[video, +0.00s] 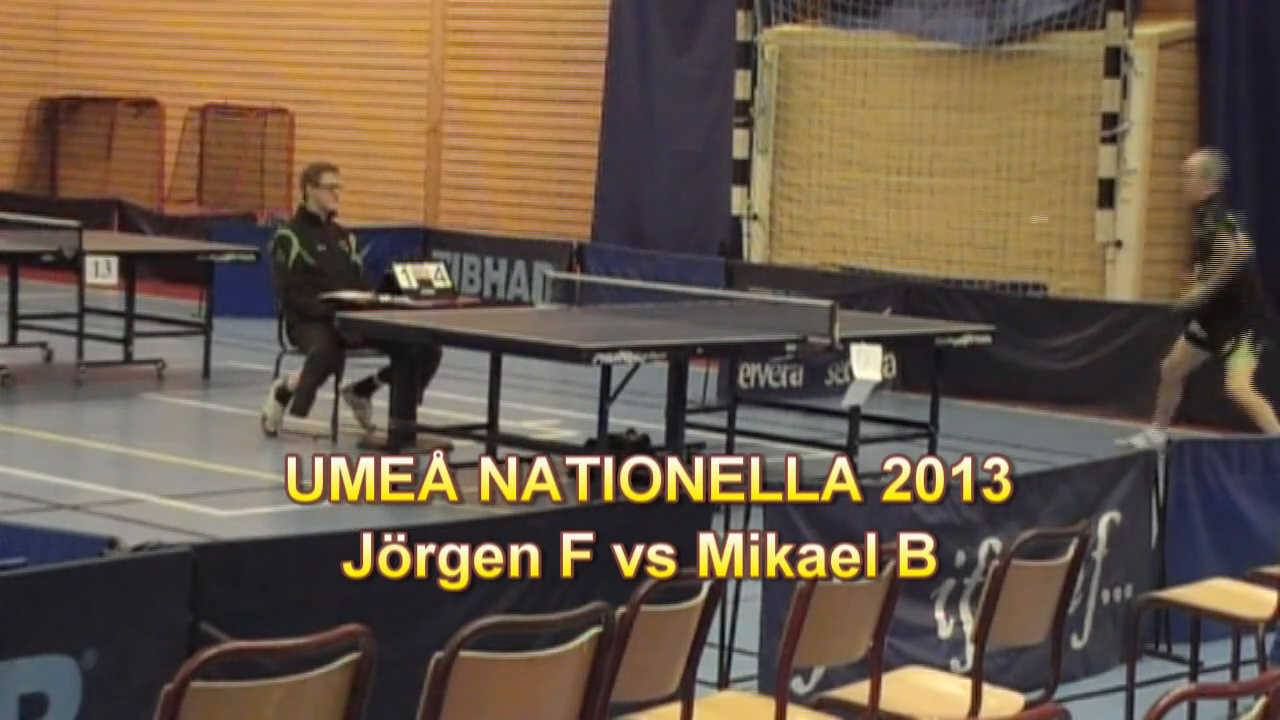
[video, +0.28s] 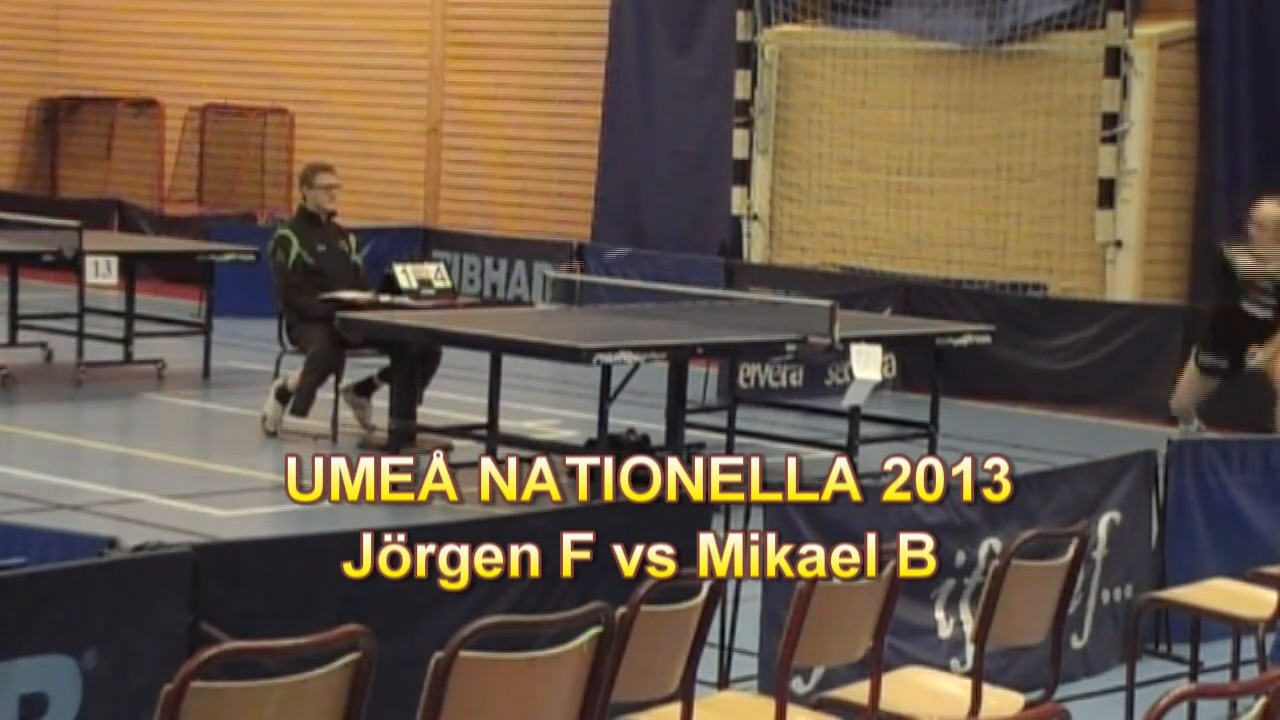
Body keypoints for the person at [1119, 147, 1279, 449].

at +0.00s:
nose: (1183, 182)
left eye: (1190, 175)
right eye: (1183, 174)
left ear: (1211, 181)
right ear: (1199, 181)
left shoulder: (1225, 216)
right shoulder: (1203, 216)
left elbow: (1238, 253)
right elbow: (1209, 258)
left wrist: (1200, 293)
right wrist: (1199, 274)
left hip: (1243, 317)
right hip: (1212, 315)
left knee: (1237, 387)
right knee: (1172, 369)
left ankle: (1277, 439)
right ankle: (1157, 432)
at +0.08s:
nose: (1206, 182)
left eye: (1214, 176)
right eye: (1207, 175)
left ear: (1236, 183)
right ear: (1216, 182)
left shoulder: (1261, 222)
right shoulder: (1207, 219)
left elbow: (1274, 274)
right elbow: (1165, 248)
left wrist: (1237, 289)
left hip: (1254, 313)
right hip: (1213, 309)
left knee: (1251, 373)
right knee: (1173, 368)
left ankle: (1271, 442)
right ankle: (1178, 433)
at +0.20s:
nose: (1253, 209)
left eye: (1261, 202)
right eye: (1246, 202)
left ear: (1271, 208)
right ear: (1234, 204)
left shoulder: (1274, 246)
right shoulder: (1222, 237)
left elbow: (1279, 305)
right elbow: (1196, 220)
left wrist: (1267, 328)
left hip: (1268, 331)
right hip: (1227, 326)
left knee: (1273, 375)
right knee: (1173, 383)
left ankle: (1275, 441)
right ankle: (1194, 424)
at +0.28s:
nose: (1260, 233)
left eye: (1267, 227)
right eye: (1257, 224)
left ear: (1278, 231)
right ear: (1249, 224)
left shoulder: (1277, 265)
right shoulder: (1230, 255)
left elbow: (1278, 319)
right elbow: (1223, 304)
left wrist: (1269, 348)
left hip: (1268, 340)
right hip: (1228, 334)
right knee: (1180, 404)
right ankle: (1193, 431)